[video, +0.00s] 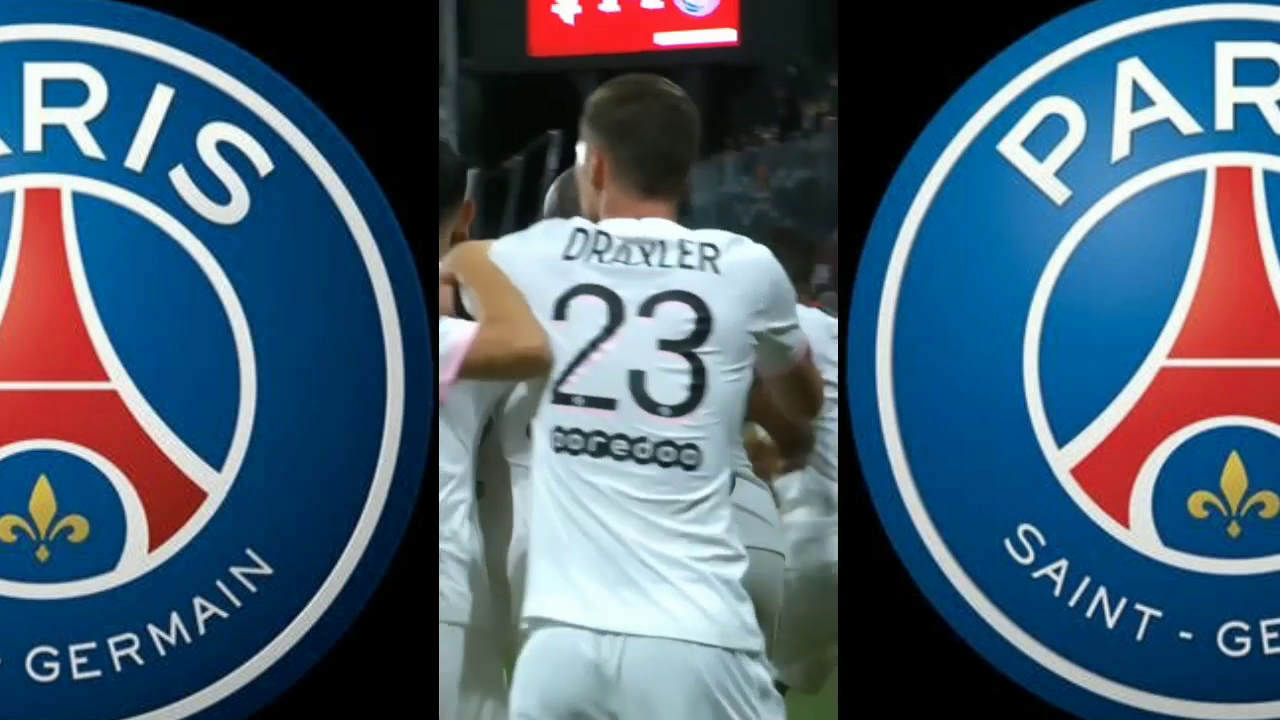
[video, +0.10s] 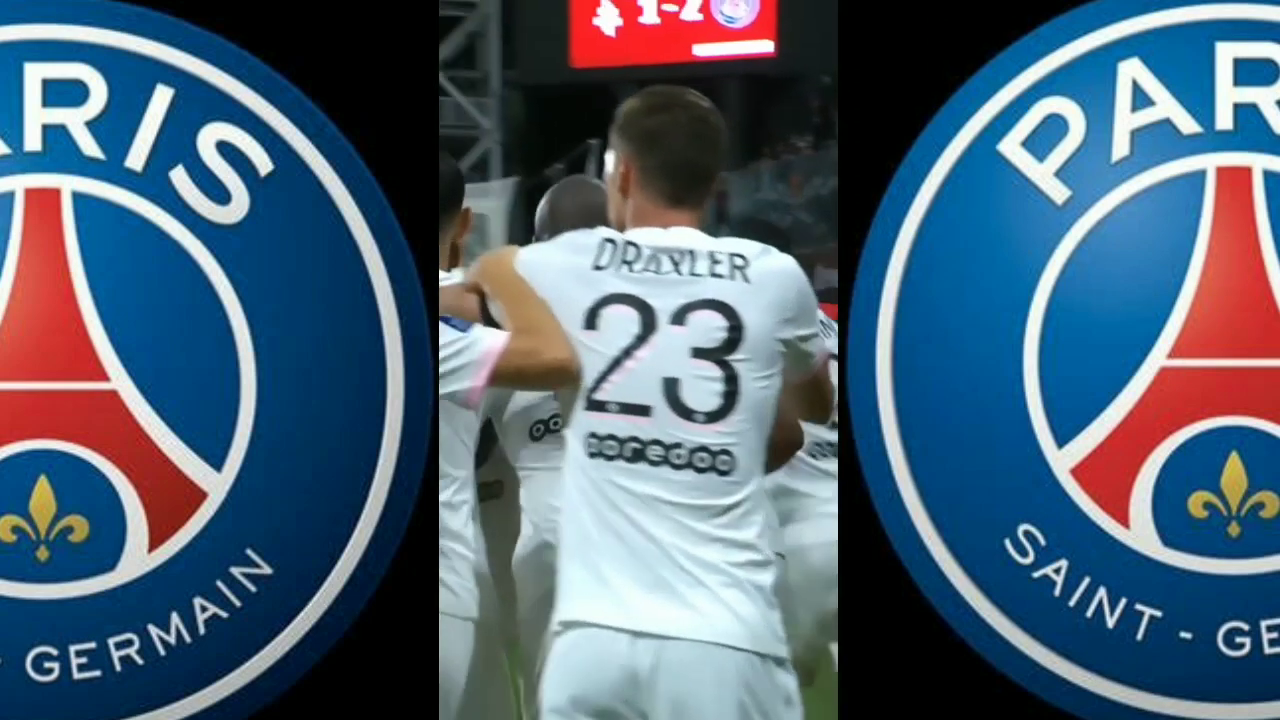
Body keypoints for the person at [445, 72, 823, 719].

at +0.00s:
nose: (578, 169)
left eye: (580, 153)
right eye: (579, 154)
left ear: (596, 164)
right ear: (685, 170)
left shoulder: (523, 256)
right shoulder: (749, 269)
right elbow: (798, 414)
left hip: (558, 636)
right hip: (699, 646)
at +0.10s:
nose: (608, 176)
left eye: (609, 163)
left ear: (621, 173)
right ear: (715, 190)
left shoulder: (558, 263)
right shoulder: (777, 277)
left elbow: (454, 299)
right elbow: (816, 406)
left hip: (590, 633)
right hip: (731, 641)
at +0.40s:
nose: (746, 181)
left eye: (749, 169)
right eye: (753, 167)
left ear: (759, 179)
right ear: (844, 189)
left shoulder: (693, 280)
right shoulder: (894, 282)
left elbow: (638, 358)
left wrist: (713, 354)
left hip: (739, 616)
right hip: (842, 612)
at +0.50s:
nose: (799, 178)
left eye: (802, 167)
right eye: (804, 166)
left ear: (808, 176)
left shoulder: (745, 288)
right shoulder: (920, 284)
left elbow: (679, 461)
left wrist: (614, 528)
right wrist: (754, 460)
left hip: (800, 608)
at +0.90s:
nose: (626, 288)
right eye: (622, 277)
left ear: (537, 271)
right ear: (609, 279)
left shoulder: (509, 331)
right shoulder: (625, 332)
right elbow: (758, 367)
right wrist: (804, 332)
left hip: (520, 573)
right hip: (616, 572)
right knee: (625, 710)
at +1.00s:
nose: (626, 288)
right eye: (622, 277)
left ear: (537, 271)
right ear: (609, 279)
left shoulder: (509, 331)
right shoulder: (625, 332)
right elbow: (758, 367)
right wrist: (804, 332)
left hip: (520, 573)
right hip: (616, 572)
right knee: (625, 710)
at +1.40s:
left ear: (577, 280)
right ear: (652, 282)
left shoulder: (536, 355)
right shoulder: (674, 353)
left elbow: (465, 470)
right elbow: (780, 431)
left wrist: (524, 480)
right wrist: (839, 443)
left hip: (551, 622)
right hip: (650, 625)